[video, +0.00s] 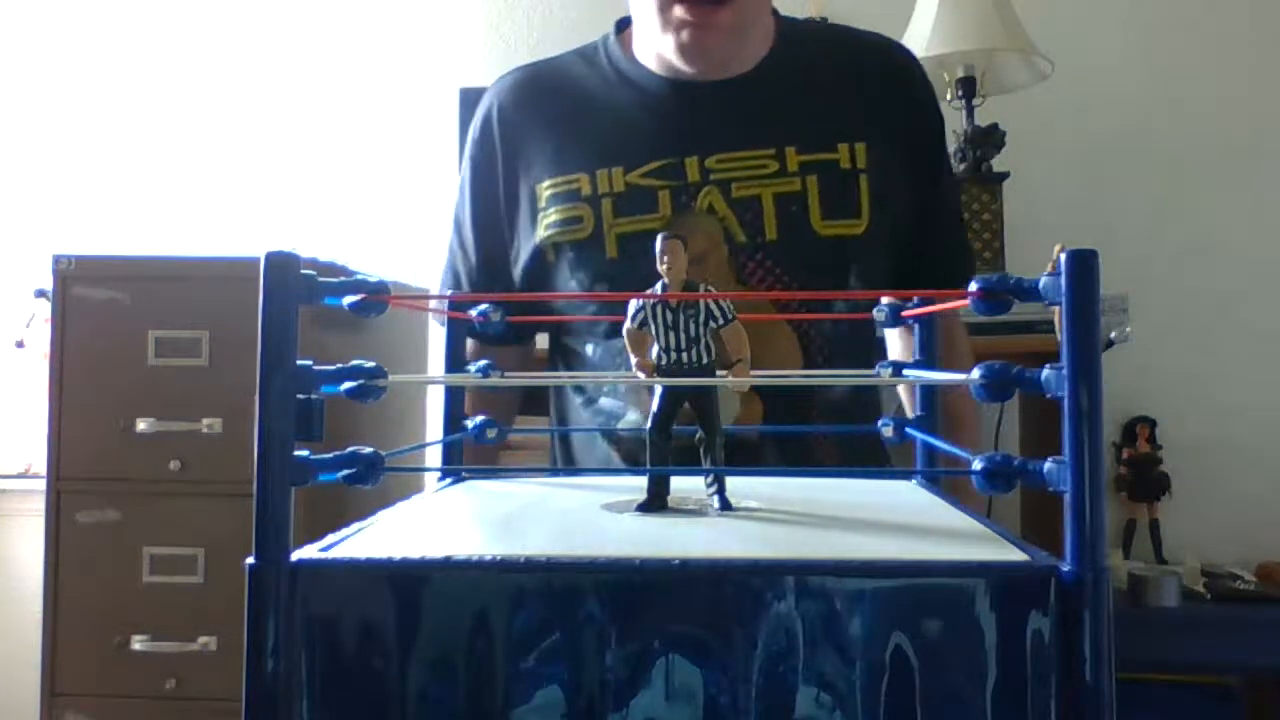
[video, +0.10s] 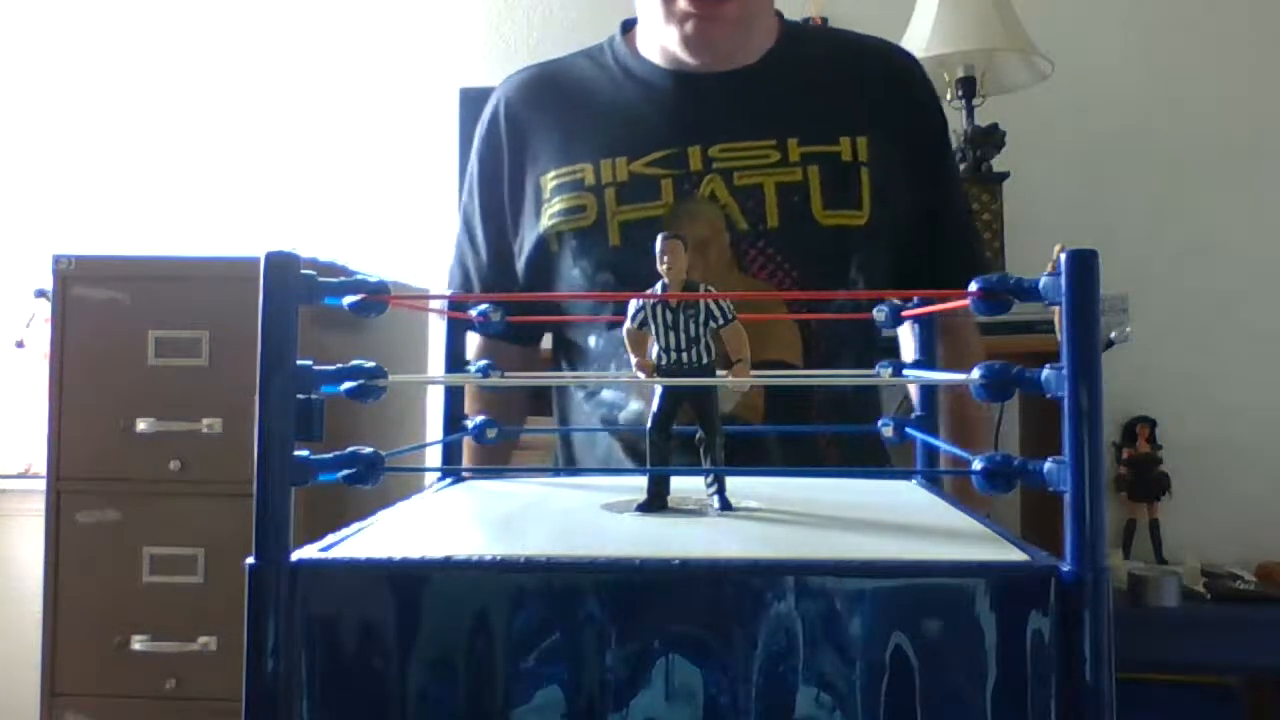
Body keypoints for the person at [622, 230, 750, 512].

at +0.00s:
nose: (667, 261)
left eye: (672, 255)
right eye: (662, 256)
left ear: (686, 258)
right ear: (657, 263)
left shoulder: (706, 296)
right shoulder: (646, 302)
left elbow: (732, 329)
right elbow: (632, 332)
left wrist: (742, 361)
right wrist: (637, 358)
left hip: (702, 373)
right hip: (667, 375)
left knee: (711, 432)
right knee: (656, 430)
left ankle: (718, 493)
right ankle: (657, 495)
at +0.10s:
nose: (667, 261)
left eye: (672, 256)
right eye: (662, 257)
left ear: (686, 259)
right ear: (657, 263)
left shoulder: (706, 296)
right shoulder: (645, 303)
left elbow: (731, 328)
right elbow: (633, 333)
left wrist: (742, 361)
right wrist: (638, 358)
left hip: (702, 374)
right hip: (667, 376)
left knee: (711, 432)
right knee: (656, 430)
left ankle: (718, 493)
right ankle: (657, 495)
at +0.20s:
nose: (667, 261)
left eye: (672, 256)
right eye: (662, 257)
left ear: (685, 259)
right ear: (656, 262)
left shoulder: (706, 296)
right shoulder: (646, 302)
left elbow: (733, 329)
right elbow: (632, 332)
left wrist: (742, 361)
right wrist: (638, 359)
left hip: (702, 374)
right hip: (667, 376)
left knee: (711, 431)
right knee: (656, 428)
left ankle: (718, 493)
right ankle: (657, 495)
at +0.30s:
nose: (667, 261)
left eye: (672, 256)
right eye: (662, 257)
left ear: (686, 259)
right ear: (657, 262)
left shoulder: (706, 296)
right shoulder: (646, 302)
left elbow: (733, 329)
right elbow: (632, 331)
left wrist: (742, 361)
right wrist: (639, 359)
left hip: (702, 373)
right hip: (667, 376)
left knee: (712, 431)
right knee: (656, 428)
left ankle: (718, 493)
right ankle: (656, 495)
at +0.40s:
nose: (667, 261)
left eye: (672, 256)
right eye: (662, 257)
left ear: (686, 259)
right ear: (657, 263)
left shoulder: (706, 296)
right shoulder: (646, 302)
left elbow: (732, 330)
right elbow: (633, 332)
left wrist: (741, 362)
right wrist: (639, 359)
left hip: (702, 373)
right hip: (667, 376)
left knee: (711, 430)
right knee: (656, 429)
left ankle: (718, 493)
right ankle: (657, 495)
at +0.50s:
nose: (667, 262)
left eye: (673, 256)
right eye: (662, 258)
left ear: (686, 259)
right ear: (657, 263)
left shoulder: (705, 296)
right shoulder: (646, 301)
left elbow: (732, 329)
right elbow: (632, 331)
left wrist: (741, 362)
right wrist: (639, 359)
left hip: (702, 372)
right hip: (667, 375)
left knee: (711, 431)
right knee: (657, 429)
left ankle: (718, 493)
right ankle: (657, 495)